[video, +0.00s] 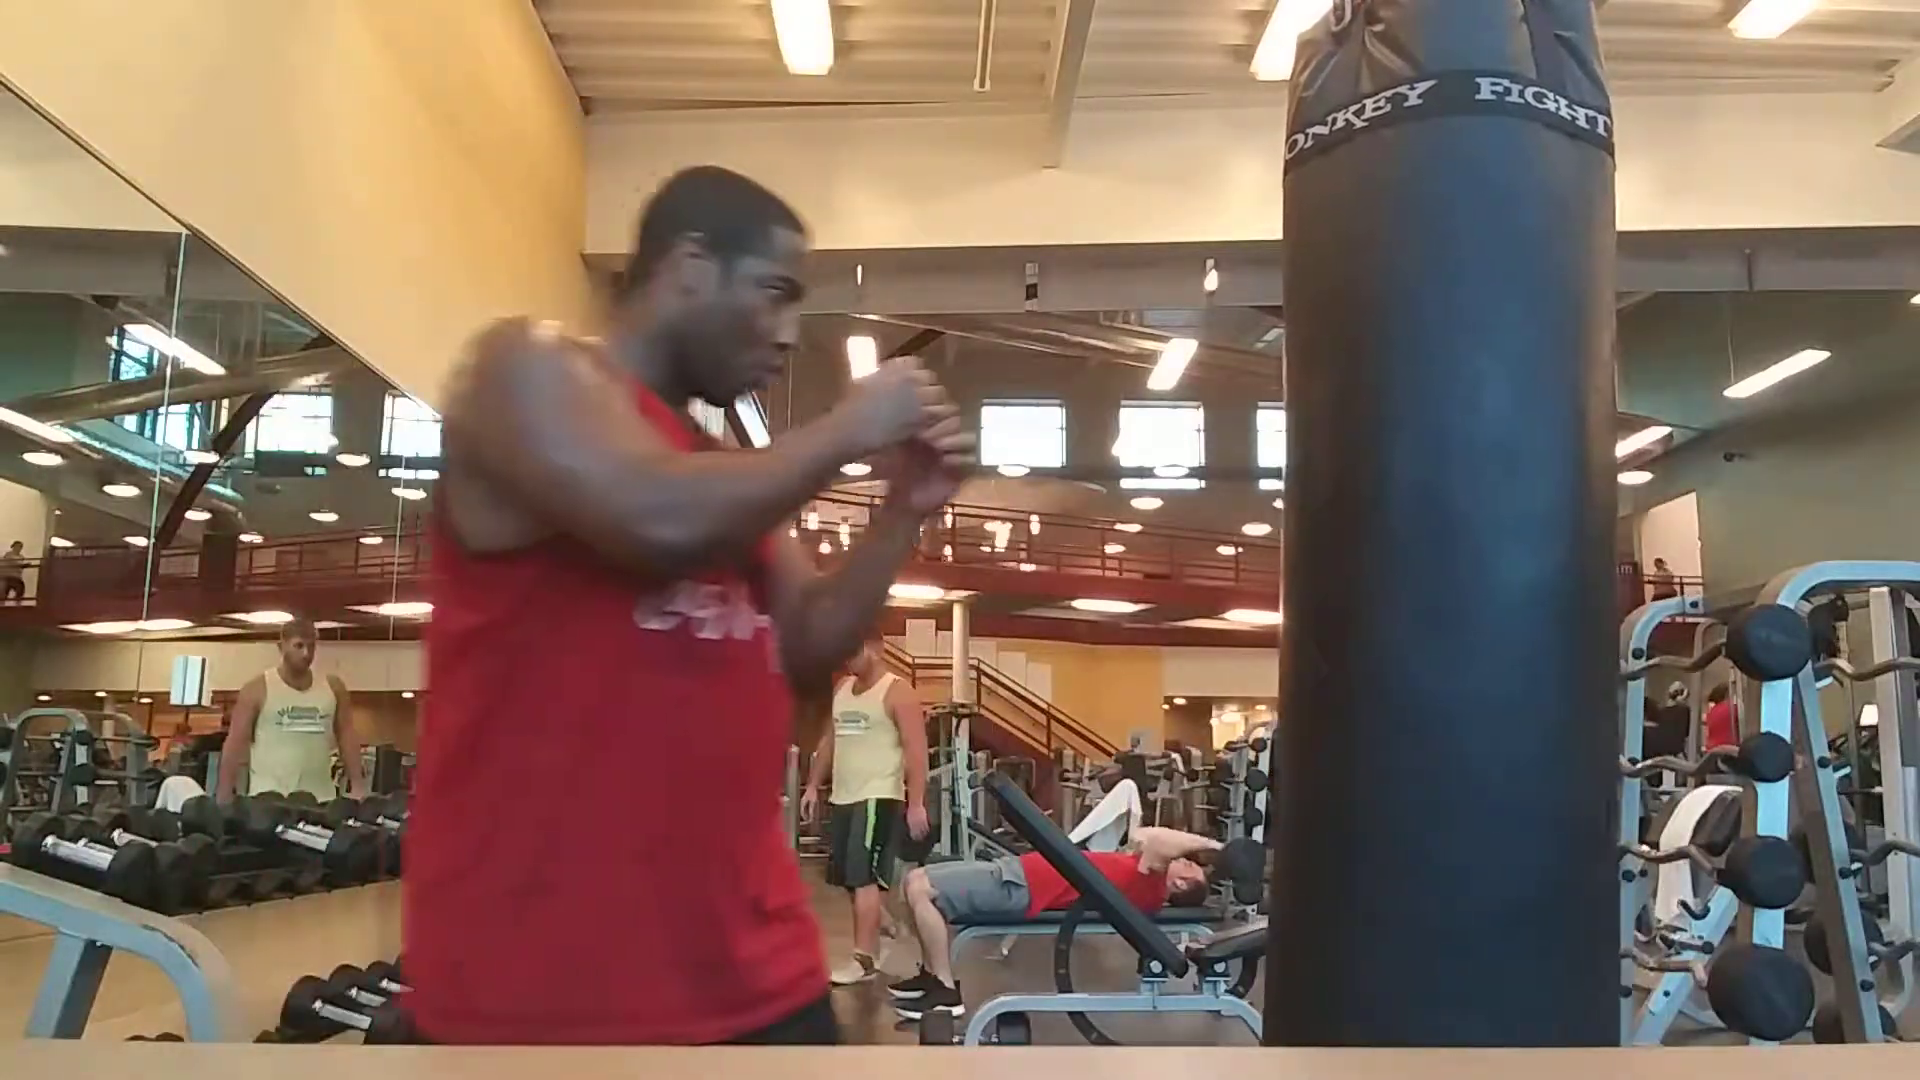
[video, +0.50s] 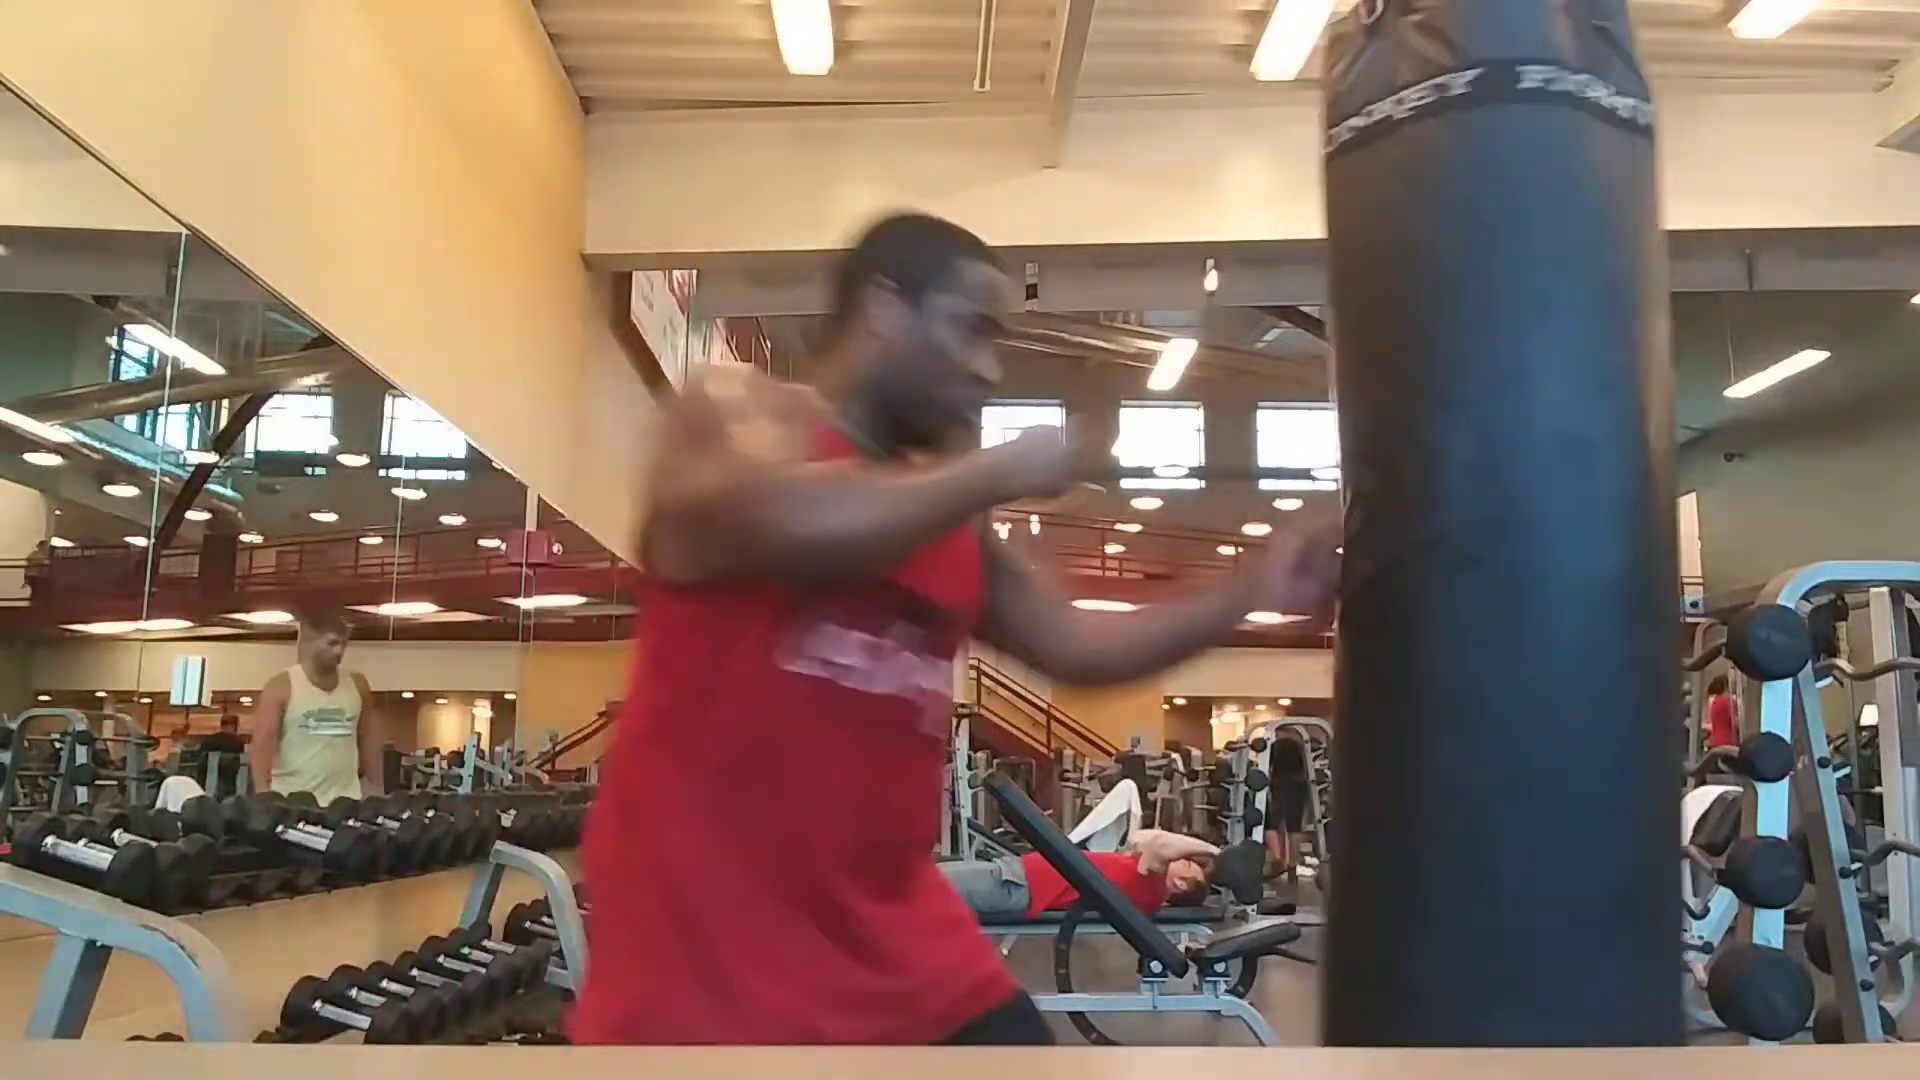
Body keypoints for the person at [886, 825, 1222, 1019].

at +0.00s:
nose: (1188, 867)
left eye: (1193, 873)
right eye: (1193, 865)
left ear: (1184, 886)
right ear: (1184, 862)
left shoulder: (1150, 890)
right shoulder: (1145, 874)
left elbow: (1153, 838)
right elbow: (1142, 836)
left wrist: (1211, 846)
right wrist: (1195, 845)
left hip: (1023, 885)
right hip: (1018, 871)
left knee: (921, 887)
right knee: (917, 879)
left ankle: (946, 990)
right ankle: (931, 980)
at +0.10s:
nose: (1190, 866)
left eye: (1195, 874)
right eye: (1194, 864)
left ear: (1185, 887)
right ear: (1184, 861)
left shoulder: (1150, 888)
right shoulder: (1146, 875)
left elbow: (1151, 839)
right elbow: (1141, 838)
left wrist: (1210, 851)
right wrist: (1201, 849)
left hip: (1021, 885)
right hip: (1016, 871)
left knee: (921, 886)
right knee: (917, 878)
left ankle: (945, 988)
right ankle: (930, 977)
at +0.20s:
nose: (1187, 870)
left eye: (1192, 874)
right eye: (1193, 870)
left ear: (1181, 886)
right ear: (1182, 873)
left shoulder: (1148, 891)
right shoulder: (1143, 875)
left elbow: (1157, 845)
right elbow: (1143, 838)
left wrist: (1210, 856)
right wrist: (1195, 853)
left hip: (1022, 886)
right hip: (1017, 871)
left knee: (919, 886)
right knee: (917, 879)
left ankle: (944, 984)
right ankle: (934, 975)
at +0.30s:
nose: (1188, 875)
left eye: (1194, 881)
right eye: (1193, 871)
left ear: (1187, 890)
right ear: (1184, 869)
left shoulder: (1150, 891)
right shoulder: (1145, 878)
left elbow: (1154, 846)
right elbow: (1143, 837)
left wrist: (1211, 860)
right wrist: (1200, 855)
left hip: (1017, 887)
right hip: (1013, 873)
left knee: (913, 890)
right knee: (913, 877)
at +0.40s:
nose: (1186, 872)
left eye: (1192, 877)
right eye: (1192, 870)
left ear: (1183, 888)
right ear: (1181, 870)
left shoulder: (1149, 891)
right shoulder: (1144, 878)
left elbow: (1155, 845)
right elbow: (1140, 836)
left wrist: (1213, 858)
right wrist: (1199, 852)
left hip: (1017, 887)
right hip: (1014, 873)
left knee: (923, 885)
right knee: (921, 871)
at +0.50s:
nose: (1186, 873)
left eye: (1192, 882)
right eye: (1191, 869)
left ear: (1183, 891)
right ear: (1181, 865)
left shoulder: (1150, 891)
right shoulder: (1144, 876)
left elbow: (1154, 844)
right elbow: (1142, 836)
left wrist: (1213, 852)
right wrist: (1203, 850)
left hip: (1018, 887)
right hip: (1015, 873)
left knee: (920, 886)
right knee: (922, 875)